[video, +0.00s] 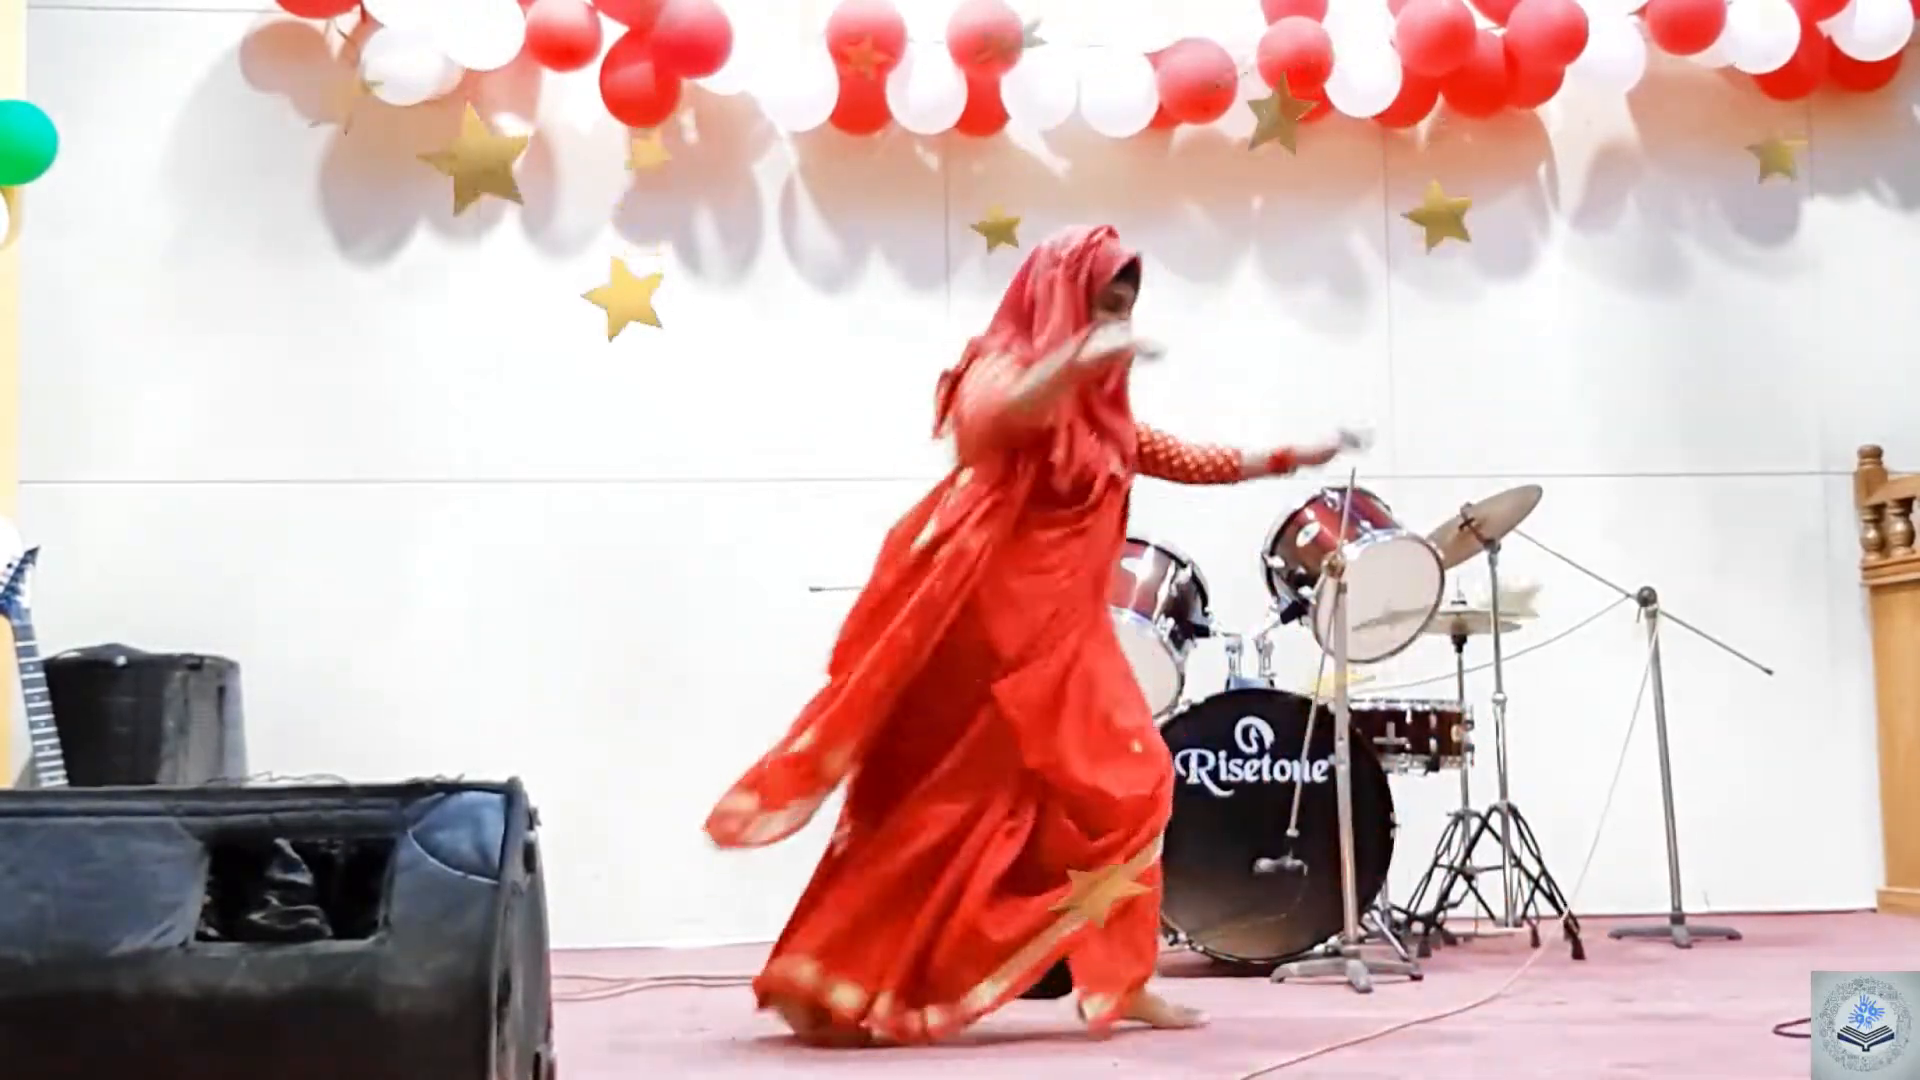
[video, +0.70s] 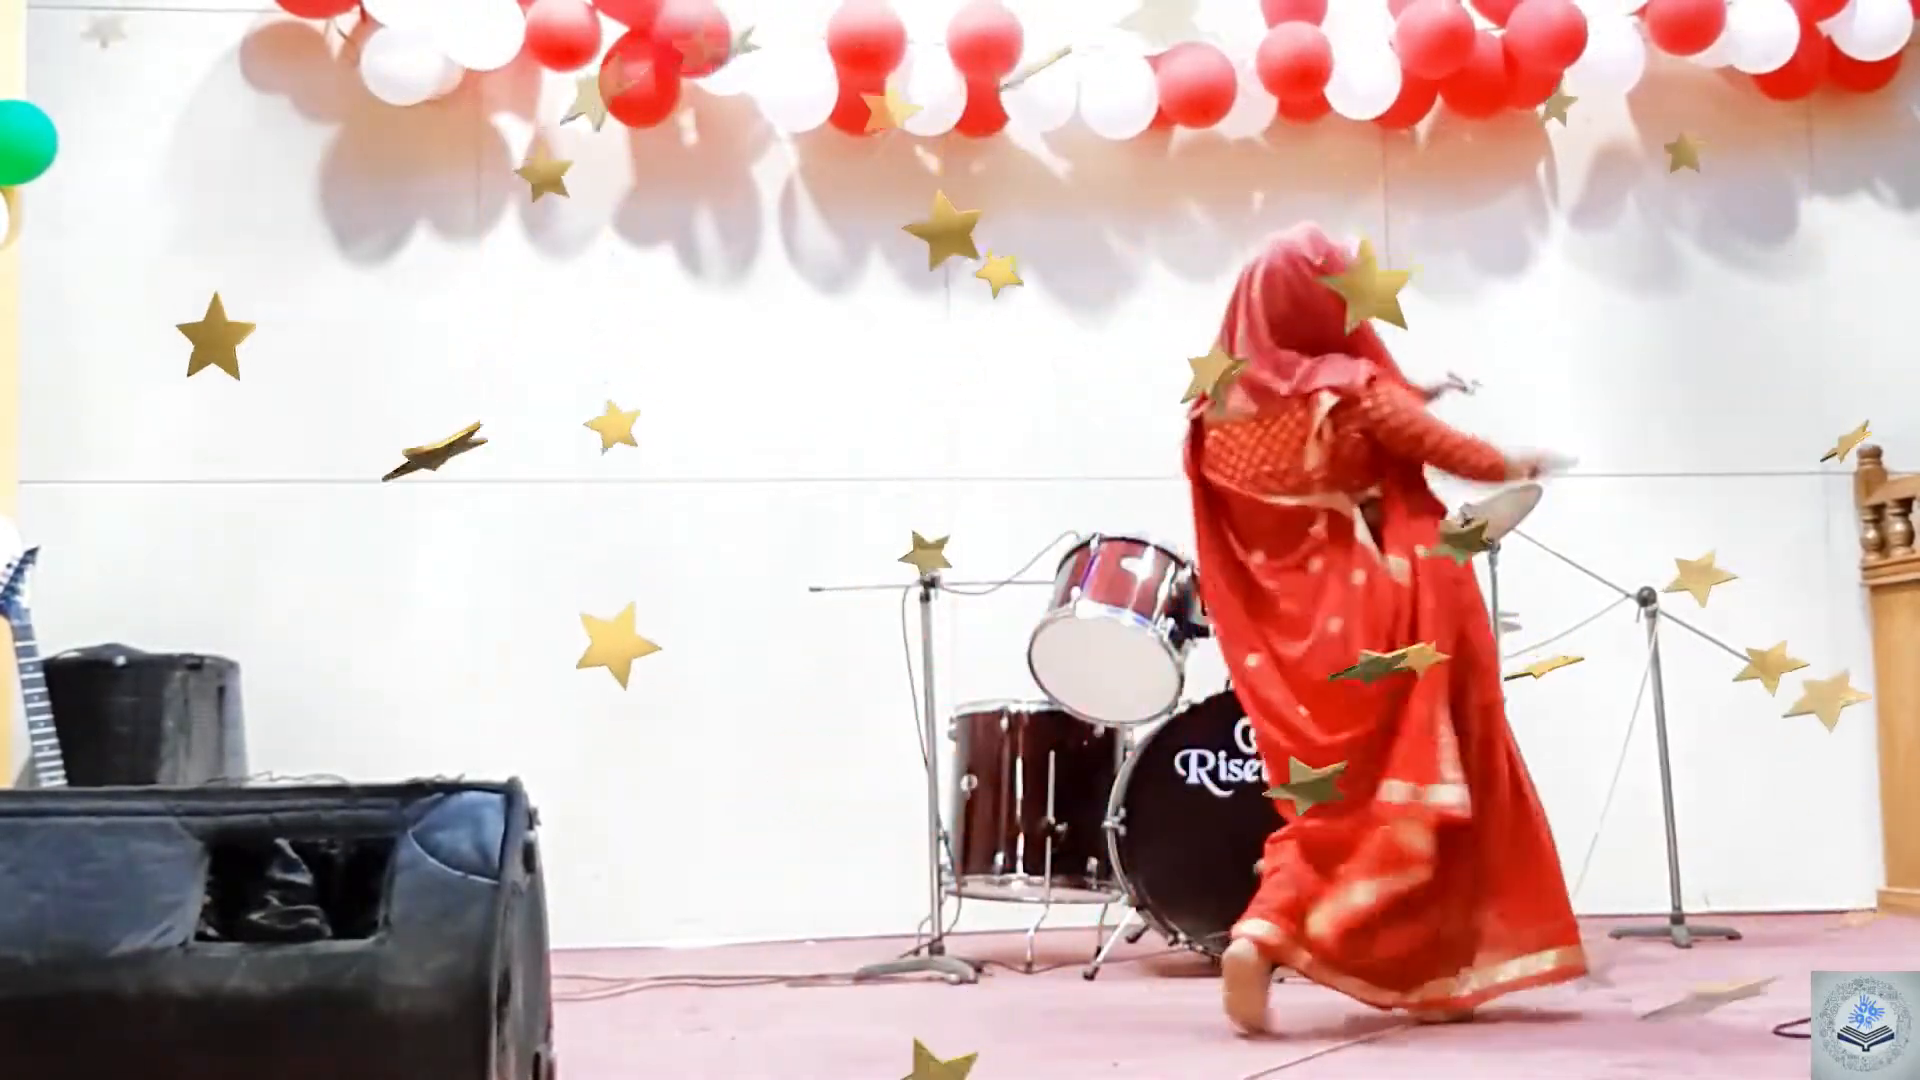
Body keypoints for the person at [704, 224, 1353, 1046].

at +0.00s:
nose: (1128, 306)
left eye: (1131, 289)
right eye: (1116, 288)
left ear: (1111, 307)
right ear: (1064, 292)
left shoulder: (1101, 411)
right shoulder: (998, 369)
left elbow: (1186, 459)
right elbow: (977, 433)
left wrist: (1288, 456)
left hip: (1068, 635)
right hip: (980, 631)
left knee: (1136, 783)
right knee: (929, 801)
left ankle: (1121, 980)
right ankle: (824, 980)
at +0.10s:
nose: (1147, 287)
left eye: (1151, 275)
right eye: (1136, 267)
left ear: (1090, 266)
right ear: (1094, 266)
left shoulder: (1125, 364)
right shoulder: (1035, 328)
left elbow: (1166, 478)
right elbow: (1099, 314)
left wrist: (1272, 522)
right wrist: (1186, 240)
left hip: (1113, 612)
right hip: (1041, 609)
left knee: (1151, 786)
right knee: (1066, 788)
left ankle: (1104, 985)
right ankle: (895, 907)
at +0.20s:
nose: (1172, 282)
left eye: (1170, 272)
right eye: (1160, 271)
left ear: (1108, 279)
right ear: (1119, 275)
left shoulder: (1150, 367)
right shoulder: (1078, 333)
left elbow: (1178, 512)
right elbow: (1181, 289)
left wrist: (1274, 589)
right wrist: (1261, 215)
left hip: (1133, 609)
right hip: (1097, 604)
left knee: (1146, 776)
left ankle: (1100, 980)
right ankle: (1014, 873)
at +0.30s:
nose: (1191, 288)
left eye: (1189, 275)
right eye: (1181, 275)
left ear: (1115, 276)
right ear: (1144, 274)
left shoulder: (1121, 360)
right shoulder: (1128, 335)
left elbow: (1195, 502)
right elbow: (1236, 303)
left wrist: (1286, 560)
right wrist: (1322, 236)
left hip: (1121, 614)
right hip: (1181, 604)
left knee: (1146, 802)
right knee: (1348, 732)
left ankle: (1101, 985)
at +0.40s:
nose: (1233, 271)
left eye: (1228, 257)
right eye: (1221, 256)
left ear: (1154, 259)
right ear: (1187, 255)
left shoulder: (1138, 344)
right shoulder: (1192, 321)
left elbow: (1225, 457)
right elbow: (1301, 324)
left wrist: (1332, 472)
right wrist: (1386, 289)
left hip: (1166, 573)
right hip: (1232, 571)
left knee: (1171, 773)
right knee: (1367, 736)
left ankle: (1117, 972)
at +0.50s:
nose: (1277, 282)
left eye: (1273, 268)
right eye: (1267, 269)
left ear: (1178, 280)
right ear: (1240, 277)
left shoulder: (1149, 374)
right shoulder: (1250, 351)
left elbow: (1284, 399)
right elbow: (1342, 394)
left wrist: (1371, 371)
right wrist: (1429, 389)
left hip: (1222, 584)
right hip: (1314, 575)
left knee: (1228, 755)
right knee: (1399, 754)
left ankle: (1161, 928)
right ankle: (1426, 966)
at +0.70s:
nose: (1357, 311)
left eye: (1352, 298)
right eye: (1347, 299)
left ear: (1257, 310)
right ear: (1327, 310)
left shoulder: (1217, 400)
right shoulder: (1357, 390)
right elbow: (1448, 448)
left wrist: (1404, 400)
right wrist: (1518, 463)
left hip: (1276, 624)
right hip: (1368, 614)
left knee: (1318, 799)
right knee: (1418, 785)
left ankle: (1261, 928)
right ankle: (1430, 975)